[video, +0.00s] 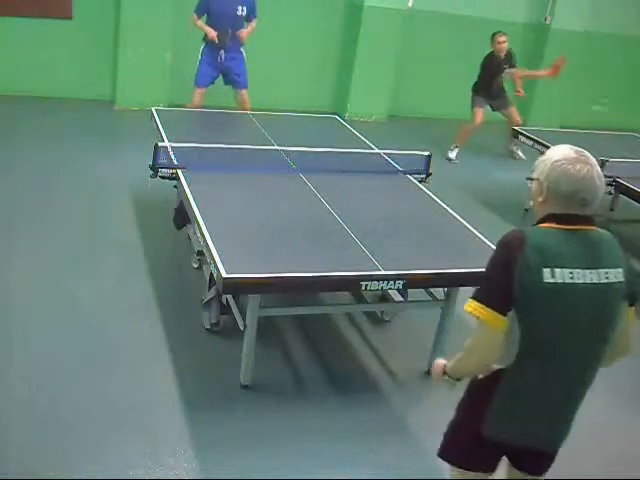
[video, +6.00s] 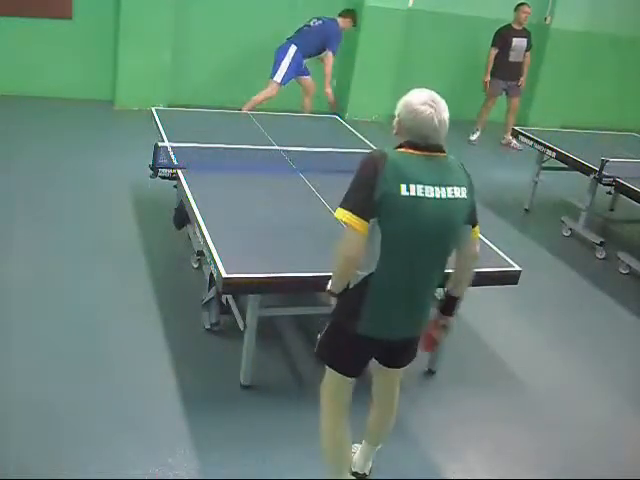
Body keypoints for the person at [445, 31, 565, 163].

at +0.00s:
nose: (502, 45)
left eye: (504, 42)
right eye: (499, 43)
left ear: (507, 43)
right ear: (492, 45)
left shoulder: (509, 54)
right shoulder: (490, 61)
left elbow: (514, 72)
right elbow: (518, 73)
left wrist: (518, 88)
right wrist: (546, 73)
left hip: (498, 91)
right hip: (480, 92)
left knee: (516, 121)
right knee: (477, 121)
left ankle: (513, 147)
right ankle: (455, 148)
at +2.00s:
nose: (573, 45)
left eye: (575, 42)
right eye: (570, 42)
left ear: (578, 45)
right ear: (563, 43)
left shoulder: (574, 61)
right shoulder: (549, 60)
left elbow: (568, 81)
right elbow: (541, 85)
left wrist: (566, 98)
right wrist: (559, 101)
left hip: (559, 101)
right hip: (541, 99)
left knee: (568, 132)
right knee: (526, 130)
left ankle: (570, 165)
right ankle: (511, 152)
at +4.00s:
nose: (544, 28)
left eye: (547, 26)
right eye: (542, 25)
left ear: (550, 28)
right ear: (536, 25)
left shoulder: (549, 46)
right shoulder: (523, 40)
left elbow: (550, 68)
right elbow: (501, 45)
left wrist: (542, 67)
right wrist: (506, 33)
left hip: (531, 87)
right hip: (513, 83)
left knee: (531, 117)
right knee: (499, 112)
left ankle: (522, 143)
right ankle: (481, 136)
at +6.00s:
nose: (526, 17)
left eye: (528, 14)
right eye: (524, 13)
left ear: (529, 16)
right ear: (516, 13)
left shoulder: (527, 35)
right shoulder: (502, 31)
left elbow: (526, 56)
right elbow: (492, 53)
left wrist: (523, 76)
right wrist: (487, 75)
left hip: (515, 77)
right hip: (498, 76)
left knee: (513, 107)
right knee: (488, 104)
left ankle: (508, 136)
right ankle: (477, 129)